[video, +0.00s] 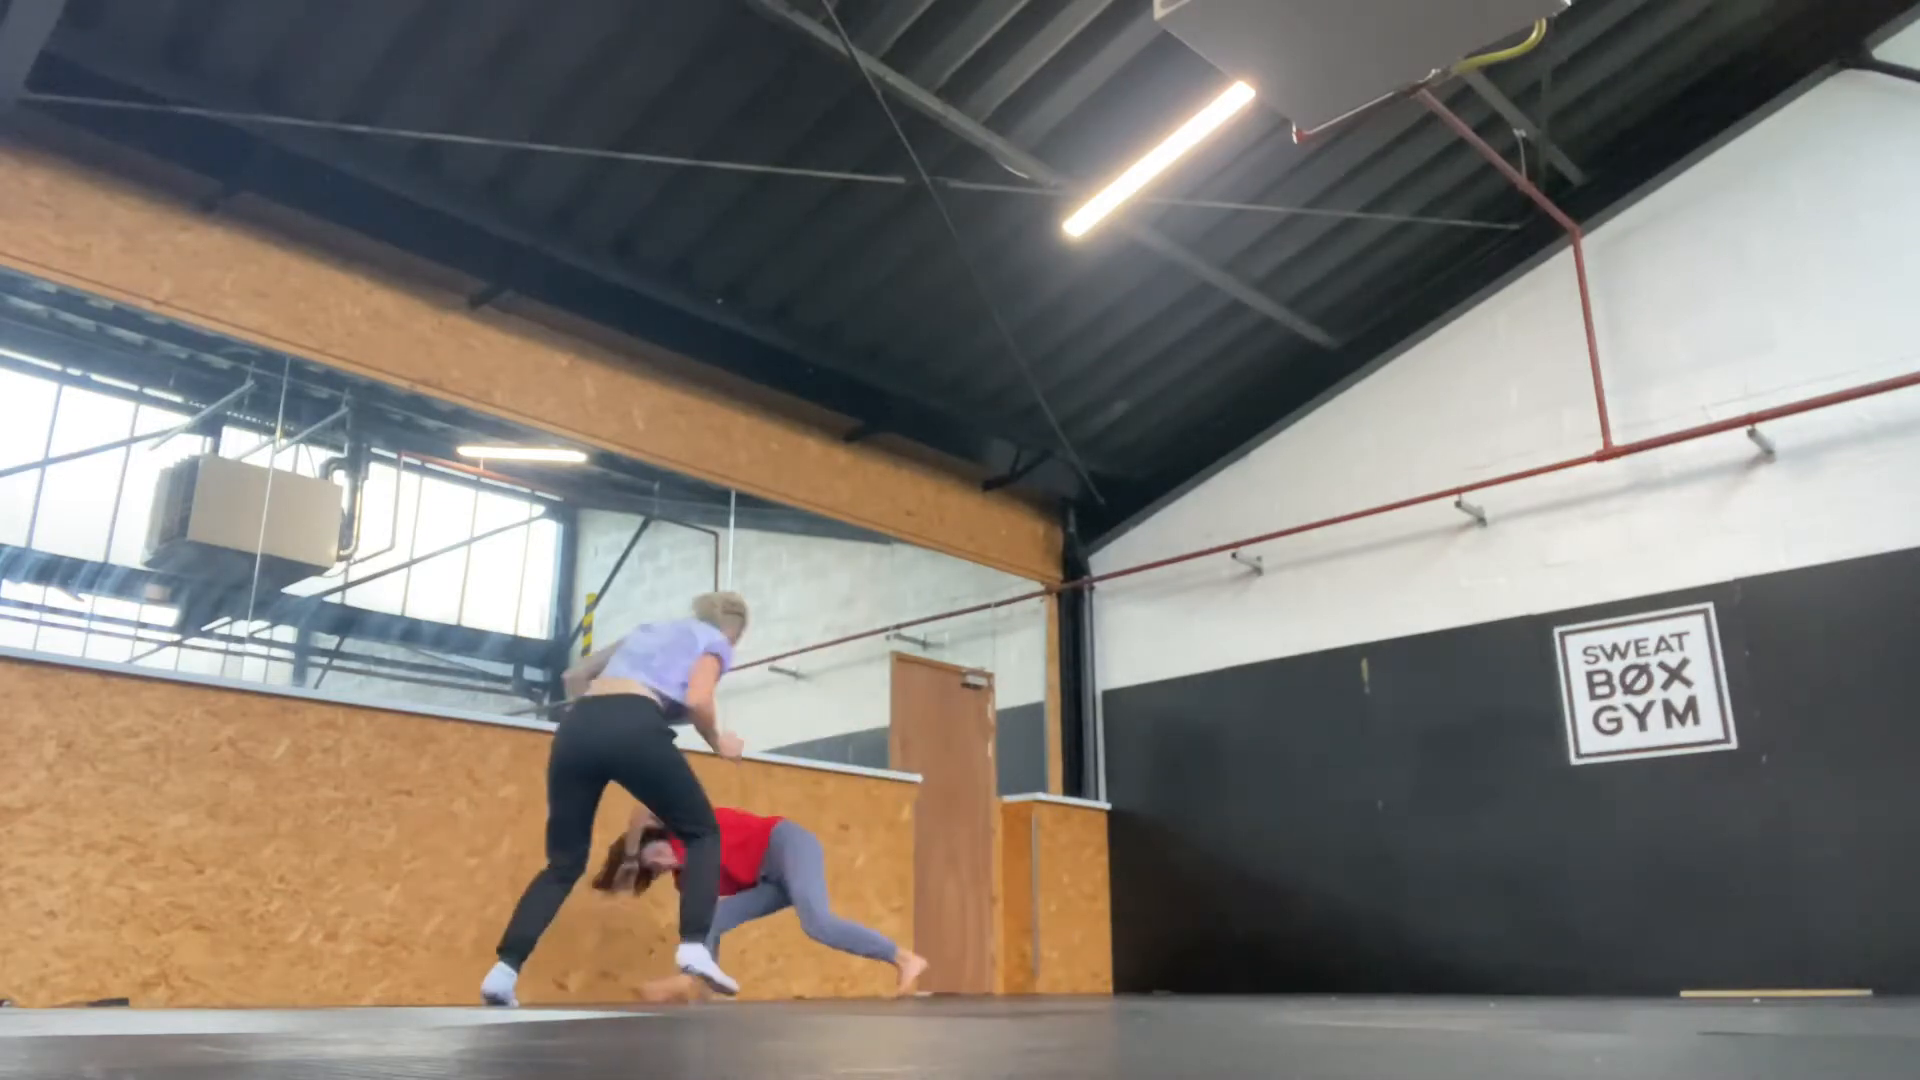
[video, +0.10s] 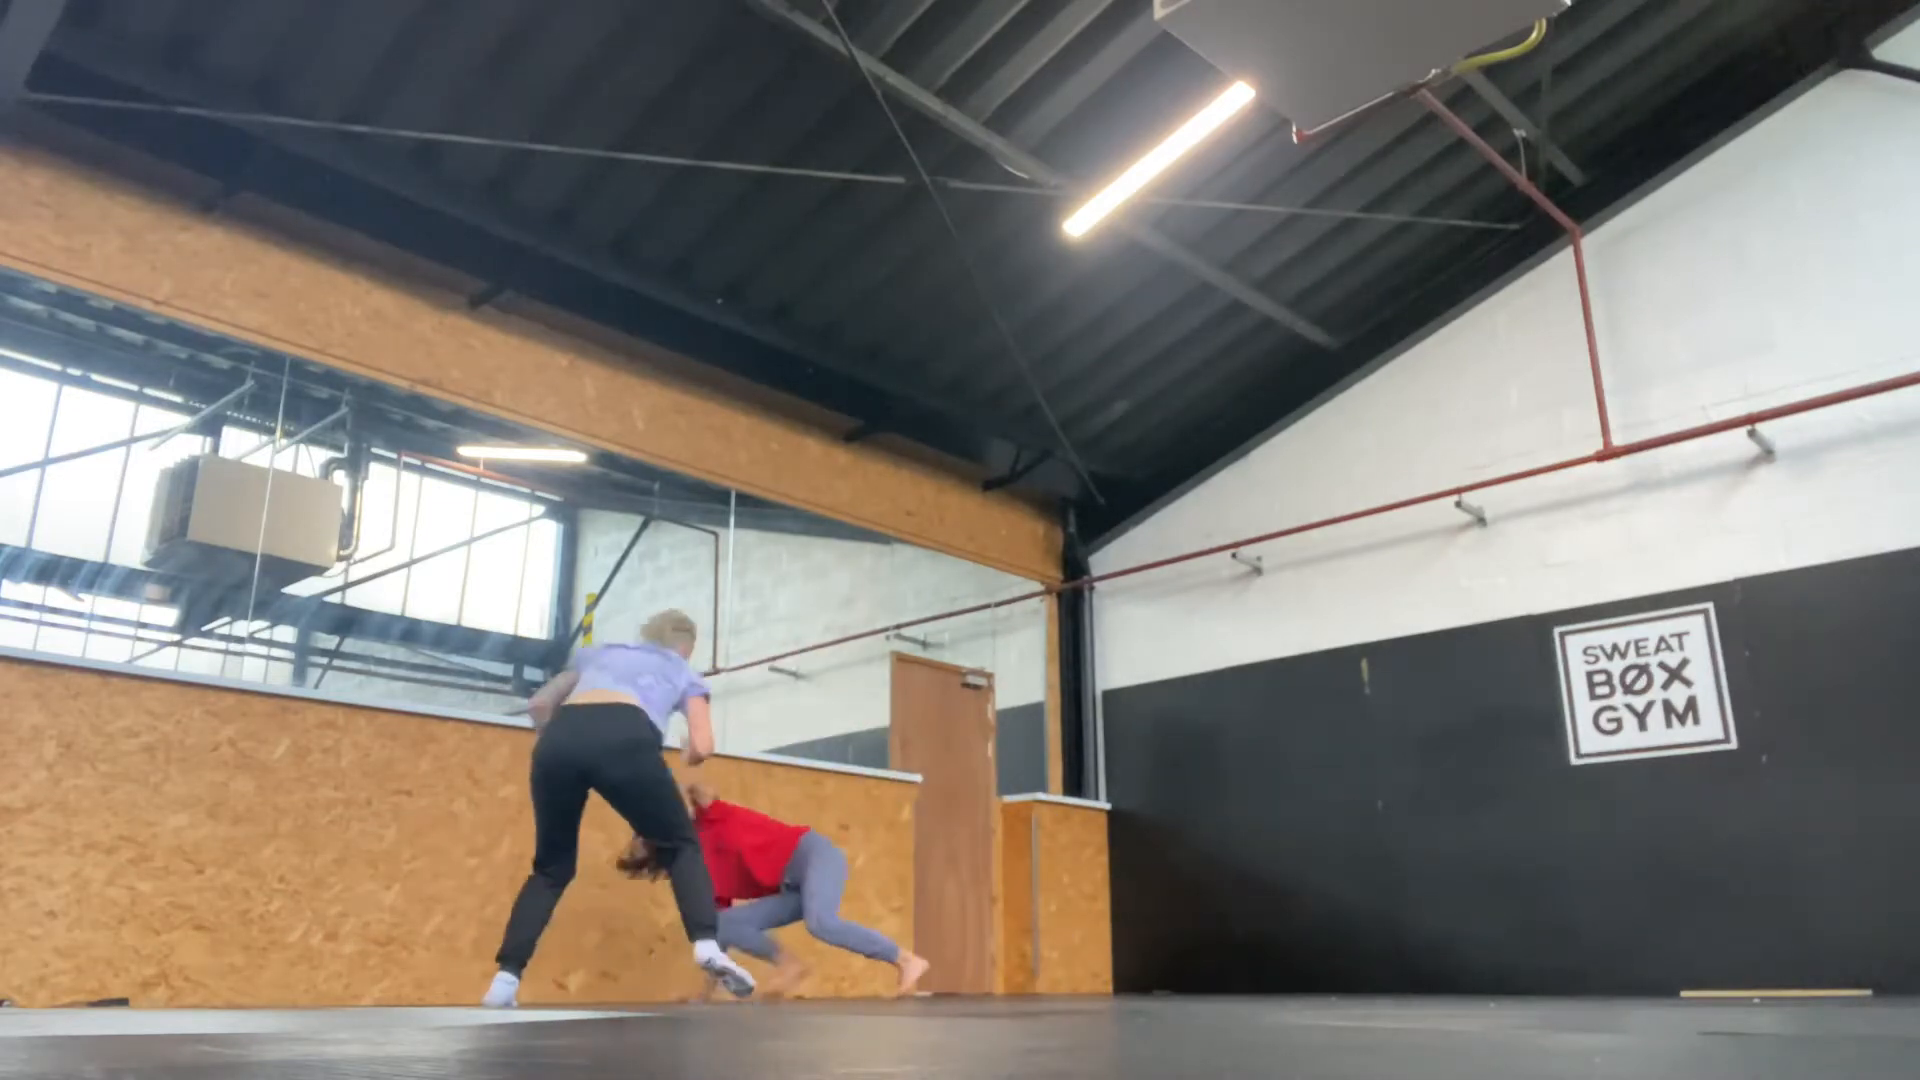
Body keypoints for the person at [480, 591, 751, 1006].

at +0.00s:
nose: (734, 645)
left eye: (738, 639)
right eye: (737, 638)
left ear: (699, 615)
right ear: (732, 628)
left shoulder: (645, 632)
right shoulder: (715, 638)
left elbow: (575, 676)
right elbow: (698, 699)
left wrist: (595, 719)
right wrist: (718, 743)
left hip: (578, 724)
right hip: (633, 725)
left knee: (563, 865)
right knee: (703, 833)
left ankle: (504, 970)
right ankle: (695, 947)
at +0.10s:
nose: (690, 658)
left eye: (691, 652)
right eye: (691, 652)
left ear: (647, 635)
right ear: (682, 647)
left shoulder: (598, 653)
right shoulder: (685, 674)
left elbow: (540, 703)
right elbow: (701, 747)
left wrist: (559, 740)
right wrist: (688, 759)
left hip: (560, 737)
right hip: (624, 738)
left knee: (551, 870)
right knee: (681, 844)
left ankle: (505, 980)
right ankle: (707, 946)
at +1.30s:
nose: (860, 608)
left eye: (863, 600)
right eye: (861, 598)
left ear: (814, 583)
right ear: (849, 589)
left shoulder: (764, 613)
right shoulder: (831, 608)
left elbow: (699, 661)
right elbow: (795, 617)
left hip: (692, 711)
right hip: (751, 713)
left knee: (665, 845)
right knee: (789, 848)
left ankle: (584, 935)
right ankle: (807, 978)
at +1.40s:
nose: (836, 588)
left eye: (839, 578)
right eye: (838, 575)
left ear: (801, 560)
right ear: (823, 565)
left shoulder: (753, 595)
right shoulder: (796, 583)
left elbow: (678, 658)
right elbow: (742, 597)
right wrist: (711, 647)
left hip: (679, 710)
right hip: (738, 717)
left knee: (656, 847)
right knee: (778, 852)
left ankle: (576, 943)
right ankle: (805, 976)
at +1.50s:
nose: (818, 580)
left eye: (822, 571)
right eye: (819, 568)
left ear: (787, 553)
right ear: (801, 556)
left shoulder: (755, 593)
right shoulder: (765, 574)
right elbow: (705, 608)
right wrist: (669, 670)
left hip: (664, 717)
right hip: (715, 716)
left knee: (653, 853)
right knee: (780, 837)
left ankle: (569, 955)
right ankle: (805, 977)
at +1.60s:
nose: (818, 569)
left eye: (821, 559)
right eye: (819, 556)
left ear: (789, 547)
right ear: (799, 547)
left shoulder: (758, 596)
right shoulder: (757, 572)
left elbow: (724, 681)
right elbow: (697, 620)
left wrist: (782, 689)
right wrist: (671, 685)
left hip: (663, 716)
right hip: (714, 713)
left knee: (654, 855)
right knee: (800, 828)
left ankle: (571, 958)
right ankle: (795, 973)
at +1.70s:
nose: (841, 554)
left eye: (844, 542)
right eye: (840, 540)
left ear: (807, 535)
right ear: (820, 536)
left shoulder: (779, 586)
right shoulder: (778, 569)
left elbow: (760, 667)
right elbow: (715, 616)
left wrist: (806, 640)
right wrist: (714, 678)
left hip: (676, 704)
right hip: (726, 702)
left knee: (654, 845)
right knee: (810, 821)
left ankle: (570, 949)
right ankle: (807, 965)